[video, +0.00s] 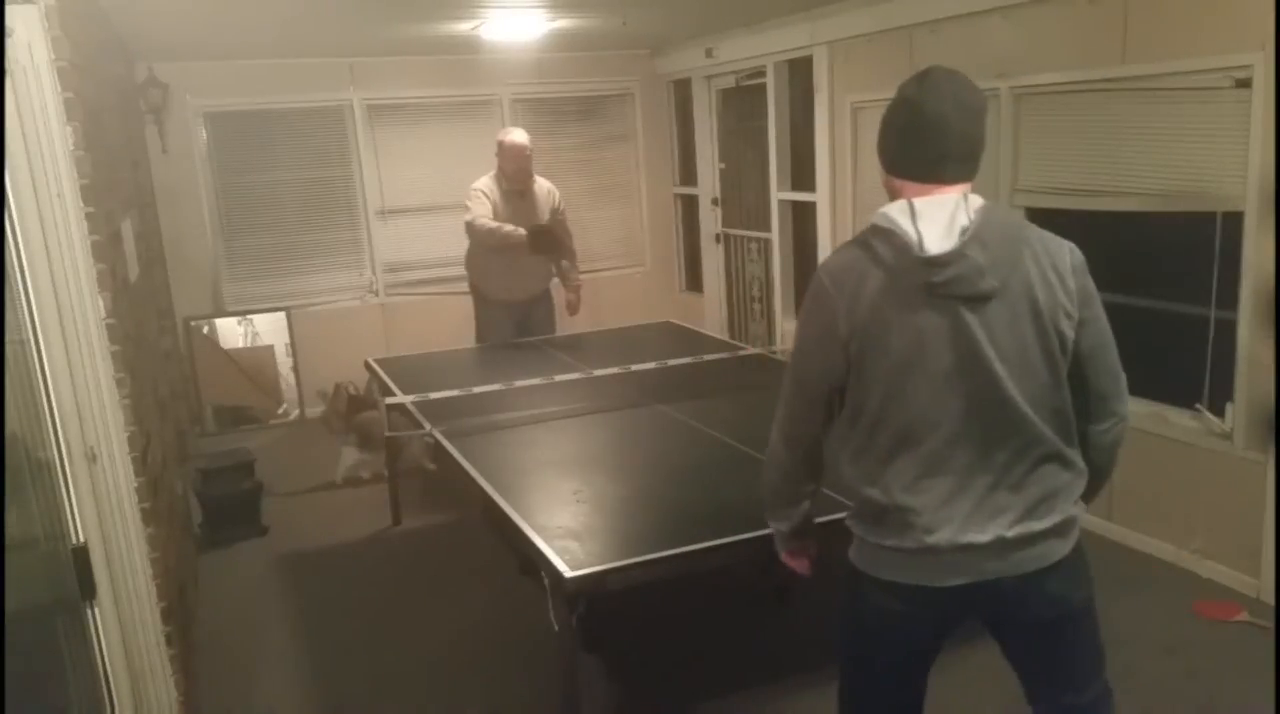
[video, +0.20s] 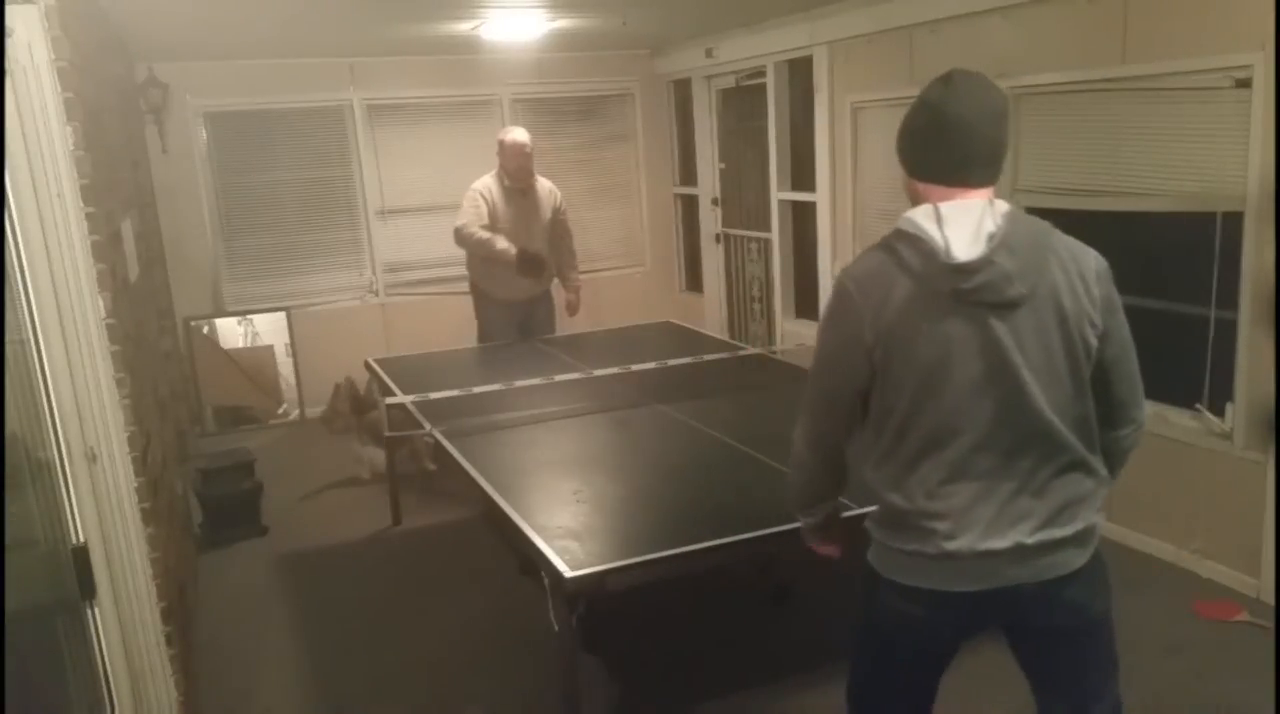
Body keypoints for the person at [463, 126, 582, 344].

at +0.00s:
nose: (521, 165)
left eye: (526, 157)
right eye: (513, 159)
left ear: (532, 155)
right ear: (499, 157)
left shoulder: (547, 191)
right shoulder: (482, 191)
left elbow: (563, 244)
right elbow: (479, 228)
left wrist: (572, 287)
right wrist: (528, 238)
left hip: (537, 297)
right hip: (494, 300)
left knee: (544, 368)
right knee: (499, 370)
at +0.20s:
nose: (522, 163)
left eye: (526, 155)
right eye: (514, 156)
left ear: (532, 154)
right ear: (500, 156)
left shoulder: (548, 192)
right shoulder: (481, 192)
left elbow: (563, 243)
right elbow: (466, 232)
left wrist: (572, 287)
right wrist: (515, 255)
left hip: (539, 298)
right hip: (495, 300)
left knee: (543, 368)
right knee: (501, 370)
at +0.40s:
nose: (522, 162)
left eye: (526, 155)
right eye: (514, 156)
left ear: (533, 154)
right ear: (500, 155)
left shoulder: (549, 192)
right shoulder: (482, 192)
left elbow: (563, 244)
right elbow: (463, 233)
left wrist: (571, 287)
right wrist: (493, 250)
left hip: (539, 296)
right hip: (495, 298)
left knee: (542, 366)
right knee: (500, 367)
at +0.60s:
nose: (522, 160)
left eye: (526, 154)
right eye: (515, 154)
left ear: (533, 153)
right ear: (500, 155)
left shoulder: (551, 193)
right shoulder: (482, 193)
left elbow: (565, 245)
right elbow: (459, 238)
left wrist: (571, 289)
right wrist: (485, 267)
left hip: (540, 298)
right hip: (498, 298)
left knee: (541, 368)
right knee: (501, 369)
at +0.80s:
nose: (519, 160)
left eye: (524, 152)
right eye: (511, 154)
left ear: (532, 153)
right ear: (499, 156)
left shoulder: (552, 192)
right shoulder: (480, 194)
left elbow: (568, 244)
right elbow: (460, 244)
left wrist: (572, 290)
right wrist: (475, 282)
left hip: (540, 300)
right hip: (497, 302)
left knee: (541, 369)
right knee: (499, 372)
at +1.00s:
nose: (517, 159)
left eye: (521, 151)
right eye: (509, 153)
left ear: (530, 152)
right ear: (497, 155)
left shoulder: (552, 191)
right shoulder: (479, 195)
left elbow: (569, 243)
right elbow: (460, 245)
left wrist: (573, 289)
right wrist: (471, 284)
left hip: (541, 300)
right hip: (497, 302)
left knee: (541, 369)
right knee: (499, 372)